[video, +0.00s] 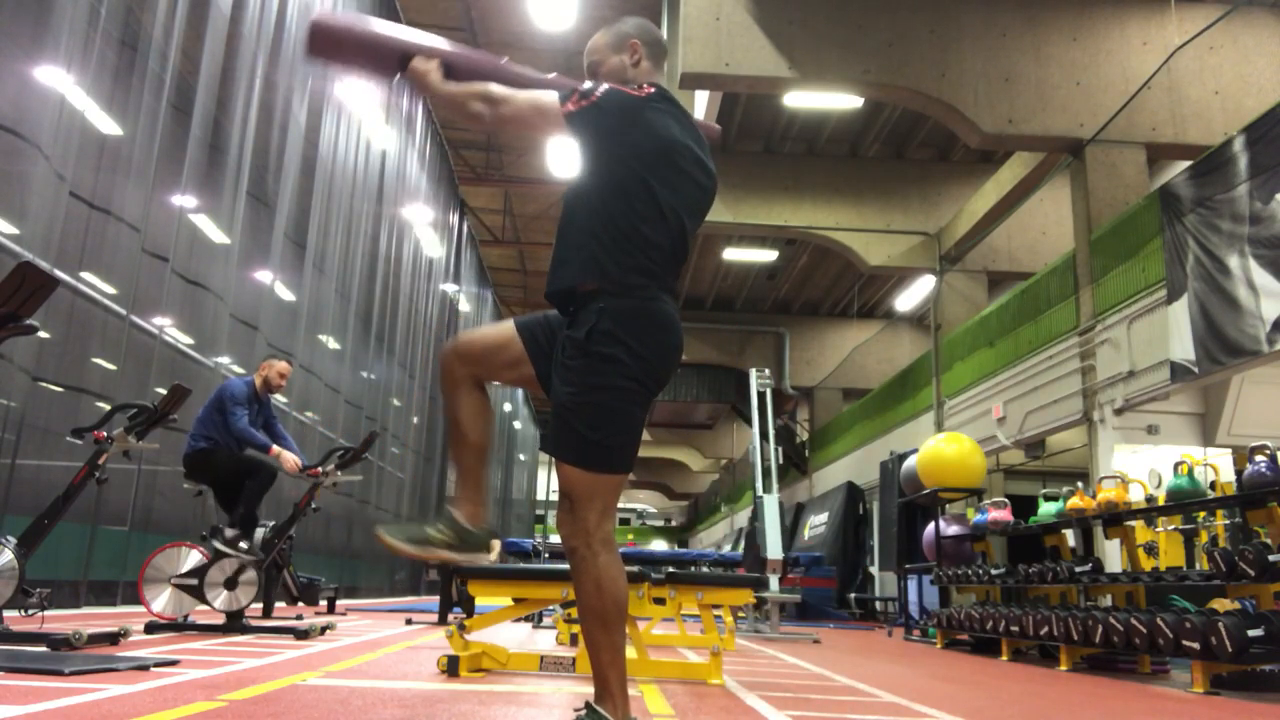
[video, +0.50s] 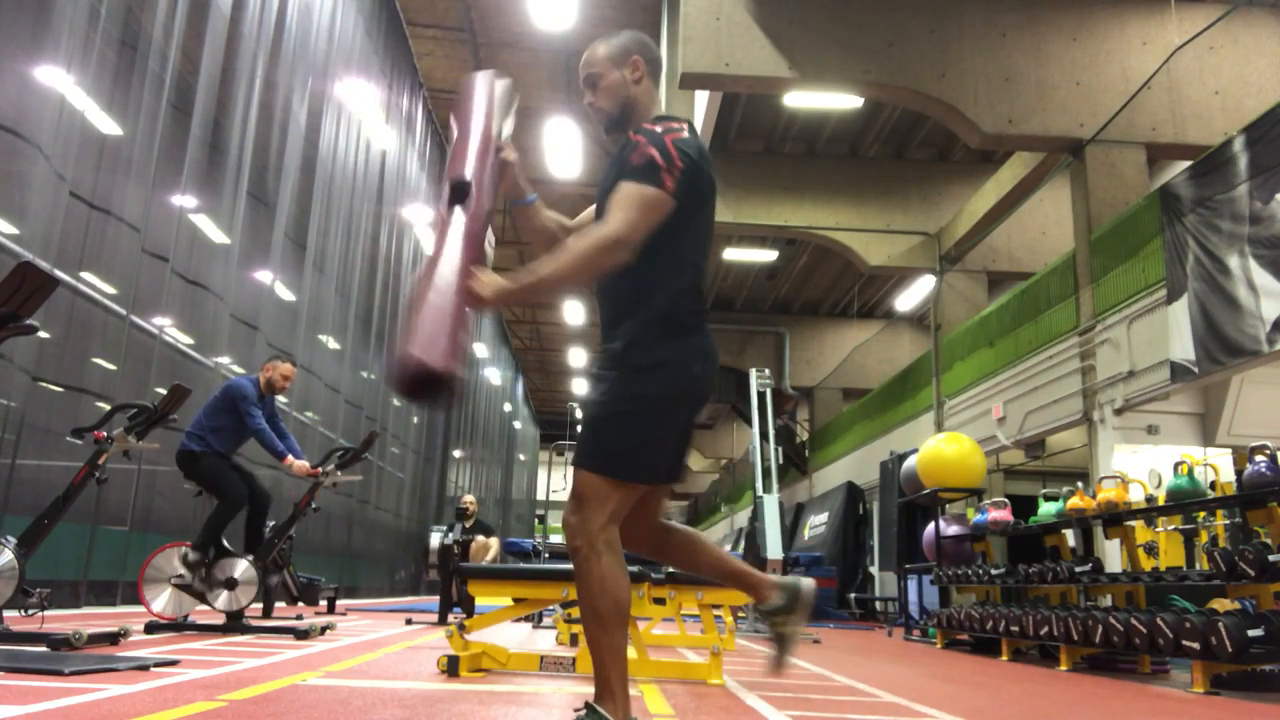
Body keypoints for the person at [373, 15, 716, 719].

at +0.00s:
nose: (591, 80)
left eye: (597, 67)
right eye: (589, 70)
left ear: (639, 56)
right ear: (648, 65)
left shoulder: (618, 107)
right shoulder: (698, 150)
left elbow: (488, 109)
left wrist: (426, 76)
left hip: (618, 329)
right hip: (599, 323)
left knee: (587, 530)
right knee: (463, 357)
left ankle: (613, 707)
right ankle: (469, 524)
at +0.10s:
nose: (595, 85)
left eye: (603, 71)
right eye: (594, 74)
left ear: (643, 60)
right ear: (652, 68)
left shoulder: (629, 114)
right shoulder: (697, 154)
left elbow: (504, 131)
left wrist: (425, 115)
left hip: (621, 334)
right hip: (612, 330)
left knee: (586, 530)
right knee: (472, 395)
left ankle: (614, 708)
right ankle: (523, 548)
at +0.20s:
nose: (596, 83)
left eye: (603, 69)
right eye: (594, 73)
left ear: (646, 60)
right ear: (650, 68)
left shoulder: (646, 122)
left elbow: (524, 160)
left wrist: (423, 157)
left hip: (626, 343)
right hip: (614, 339)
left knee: (588, 530)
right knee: (498, 444)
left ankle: (614, 709)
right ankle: (586, 553)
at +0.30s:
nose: (594, 86)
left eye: (602, 72)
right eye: (592, 76)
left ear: (645, 62)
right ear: (645, 68)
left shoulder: (654, 126)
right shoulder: (674, 138)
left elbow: (546, 186)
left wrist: (435, 201)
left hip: (637, 344)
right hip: (630, 341)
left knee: (587, 521)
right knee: (537, 481)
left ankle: (613, 708)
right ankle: (654, 586)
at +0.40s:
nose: (591, 88)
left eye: (598, 73)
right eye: (588, 79)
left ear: (642, 64)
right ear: (642, 69)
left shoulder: (656, 131)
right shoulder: (656, 133)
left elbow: (581, 214)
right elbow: (589, 219)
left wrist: (463, 245)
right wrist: (533, 187)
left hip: (644, 351)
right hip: (650, 348)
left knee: (587, 524)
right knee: (598, 509)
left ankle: (612, 708)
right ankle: (721, 593)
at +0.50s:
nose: (587, 96)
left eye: (595, 80)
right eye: (583, 87)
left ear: (639, 71)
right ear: (629, 79)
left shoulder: (666, 141)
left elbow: (616, 240)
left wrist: (506, 287)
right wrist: (516, 189)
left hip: (653, 363)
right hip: (661, 363)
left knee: (588, 527)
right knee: (639, 529)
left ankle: (612, 707)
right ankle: (775, 594)